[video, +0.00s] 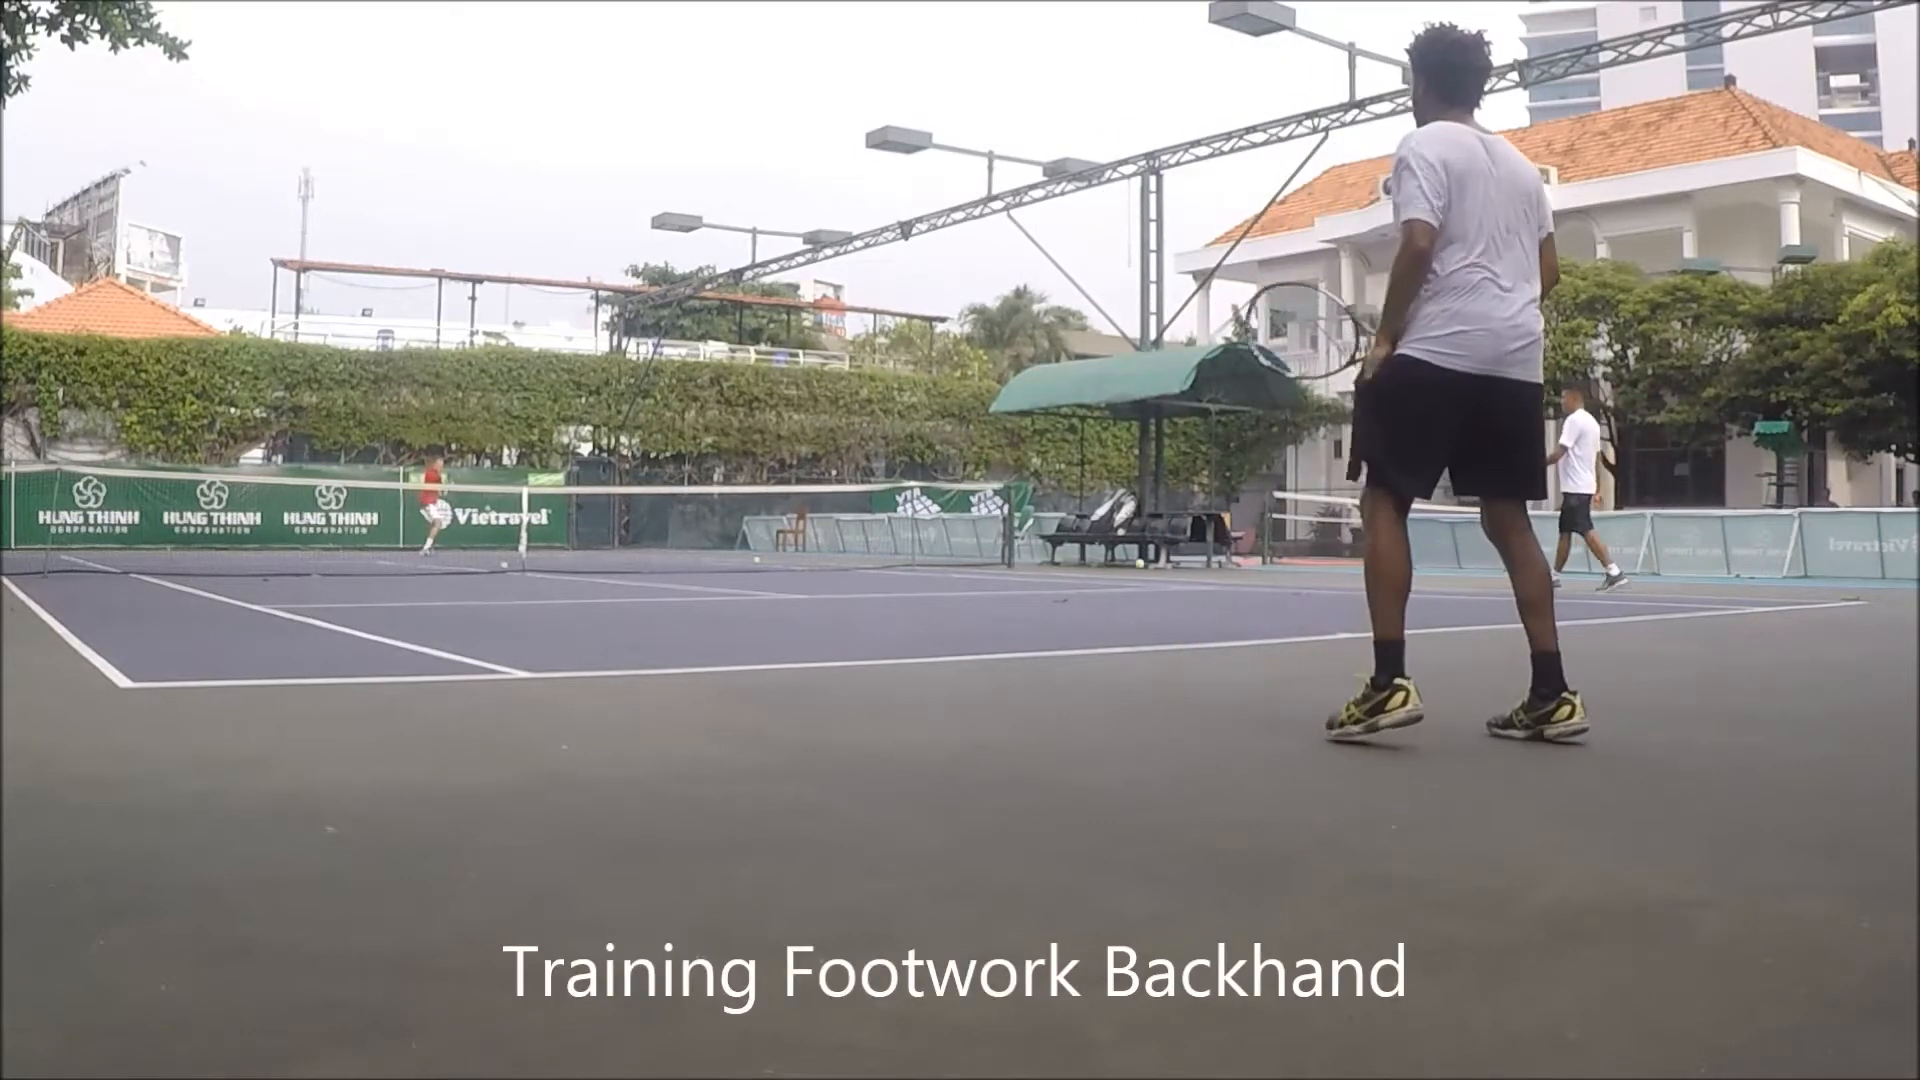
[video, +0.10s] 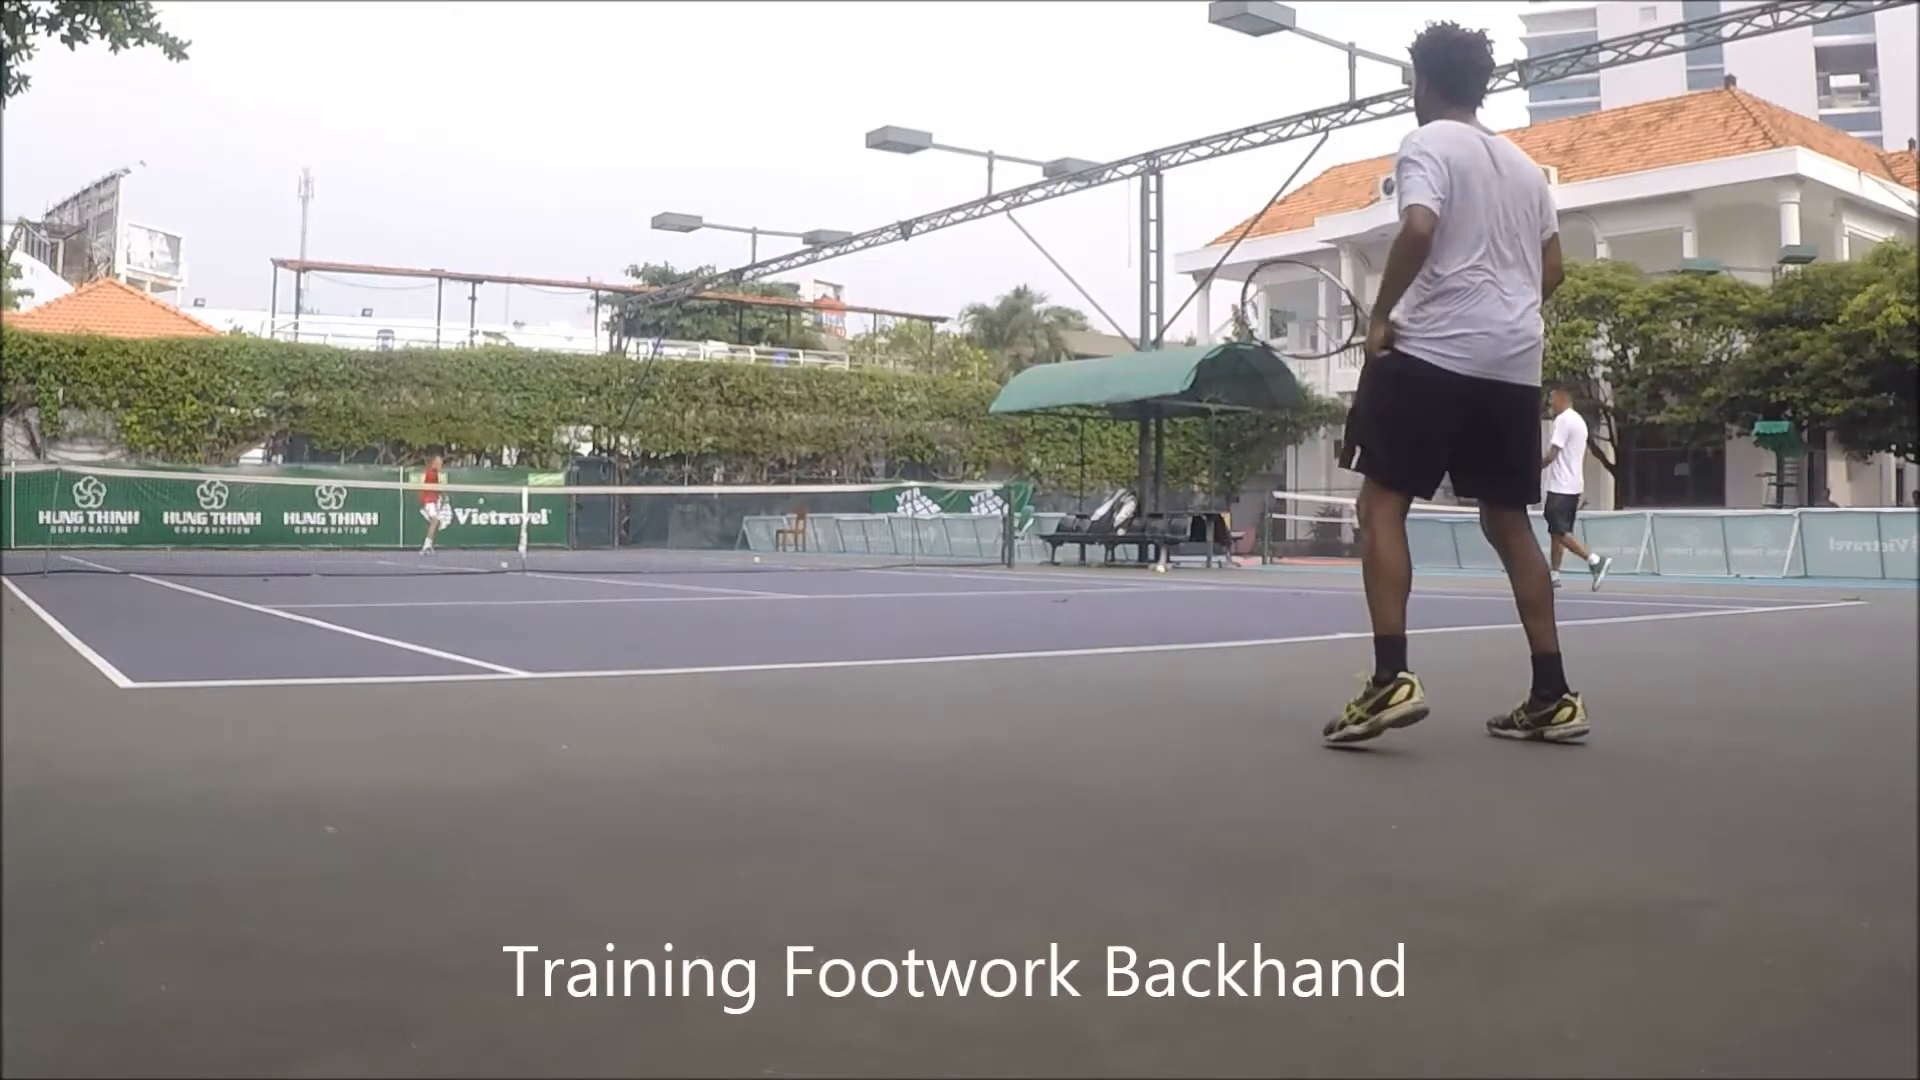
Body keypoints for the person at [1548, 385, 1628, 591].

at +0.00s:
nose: (1561, 402)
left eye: (1564, 398)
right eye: (1562, 398)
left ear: (1574, 399)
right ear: (1578, 400)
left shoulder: (1574, 420)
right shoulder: (1592, 422)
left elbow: (1559, 452)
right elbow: (1596, 460)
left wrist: (1539, 465)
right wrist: (1597, 489)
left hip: (1576, 489)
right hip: (1584, 488)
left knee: (1588, 532)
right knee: (1565, 532)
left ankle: (1613, 572)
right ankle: (1554, 575)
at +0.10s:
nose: (1551, 403)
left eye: (1553, 399)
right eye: (1552, 399)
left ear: (1561, 400)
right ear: (1568, 401)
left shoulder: (1563, 420)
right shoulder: (1578, 420)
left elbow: (1552, 453)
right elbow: (1577, 454)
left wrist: (1535, 467)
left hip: (1561, 486)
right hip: (1572, 486)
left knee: (1559, 532)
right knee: (1557, 531)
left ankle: (1594, 560)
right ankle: (1554, 574)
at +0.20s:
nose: (1538, 401)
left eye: (1540, 396)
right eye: (1538, 397)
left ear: (1550, 397)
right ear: (1555, 398)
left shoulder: (1553, 418)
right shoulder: (1566, 418)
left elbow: (1547, 451)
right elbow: (1564, 452)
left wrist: (1532, 473)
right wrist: (1546, 472)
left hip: (1548, 484)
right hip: (1563, 484)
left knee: (1533, 526)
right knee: (1551, 531)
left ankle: (1566, 556)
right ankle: (1554, 572)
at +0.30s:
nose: (1530, 404)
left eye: (1531, 399)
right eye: (1530, 399)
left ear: (1539, 399)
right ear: (1547, 399)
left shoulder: (1544, 419)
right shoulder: (1555, 418)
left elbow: (1541, 452)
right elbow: (1553, 452)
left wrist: (1532, 484)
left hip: (1540, 484)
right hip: (1555, 484)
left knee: (1521, 526)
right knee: (1551, 531)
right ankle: (1553, 572)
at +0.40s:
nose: (1515, 408)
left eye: (1516, 404)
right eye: (1515, 404)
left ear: (1525, 403)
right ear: (1533, 403)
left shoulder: (1531, 421)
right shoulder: (1543, 419)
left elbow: (1534, 454)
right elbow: (1542, 455)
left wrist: (1533, 488)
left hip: (1523, 486)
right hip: (1544, 486)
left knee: (1508, 527)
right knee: (1547, 532)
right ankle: (1552, 573)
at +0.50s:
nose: (1501, 409)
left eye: (1503, 404)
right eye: (1501, 404)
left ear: (1512, 402)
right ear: (1517, 402)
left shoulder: (1518, 424)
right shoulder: (1529, 422)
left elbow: (1524, 457)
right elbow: (1528, 458)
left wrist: (1528, 491)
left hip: (1513, 491)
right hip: (1533, 491)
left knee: (1498, 536)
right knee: (1541, 534)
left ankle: (1479, 573)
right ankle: (1551, 574)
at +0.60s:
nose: (1487, 412)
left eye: (1489, 407)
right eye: (1487, 407)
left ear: (1497, 406)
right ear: (1505, 406)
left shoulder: (1504, 428)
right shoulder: (1515, 425)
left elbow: (1511, 460)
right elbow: (1504, 460)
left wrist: (1514, 494)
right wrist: (1482, 475)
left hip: (1498, 494)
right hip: (1520, 493)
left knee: (1484, 534)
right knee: (1531, 533)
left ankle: (1473, 576)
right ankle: (1550, 570)